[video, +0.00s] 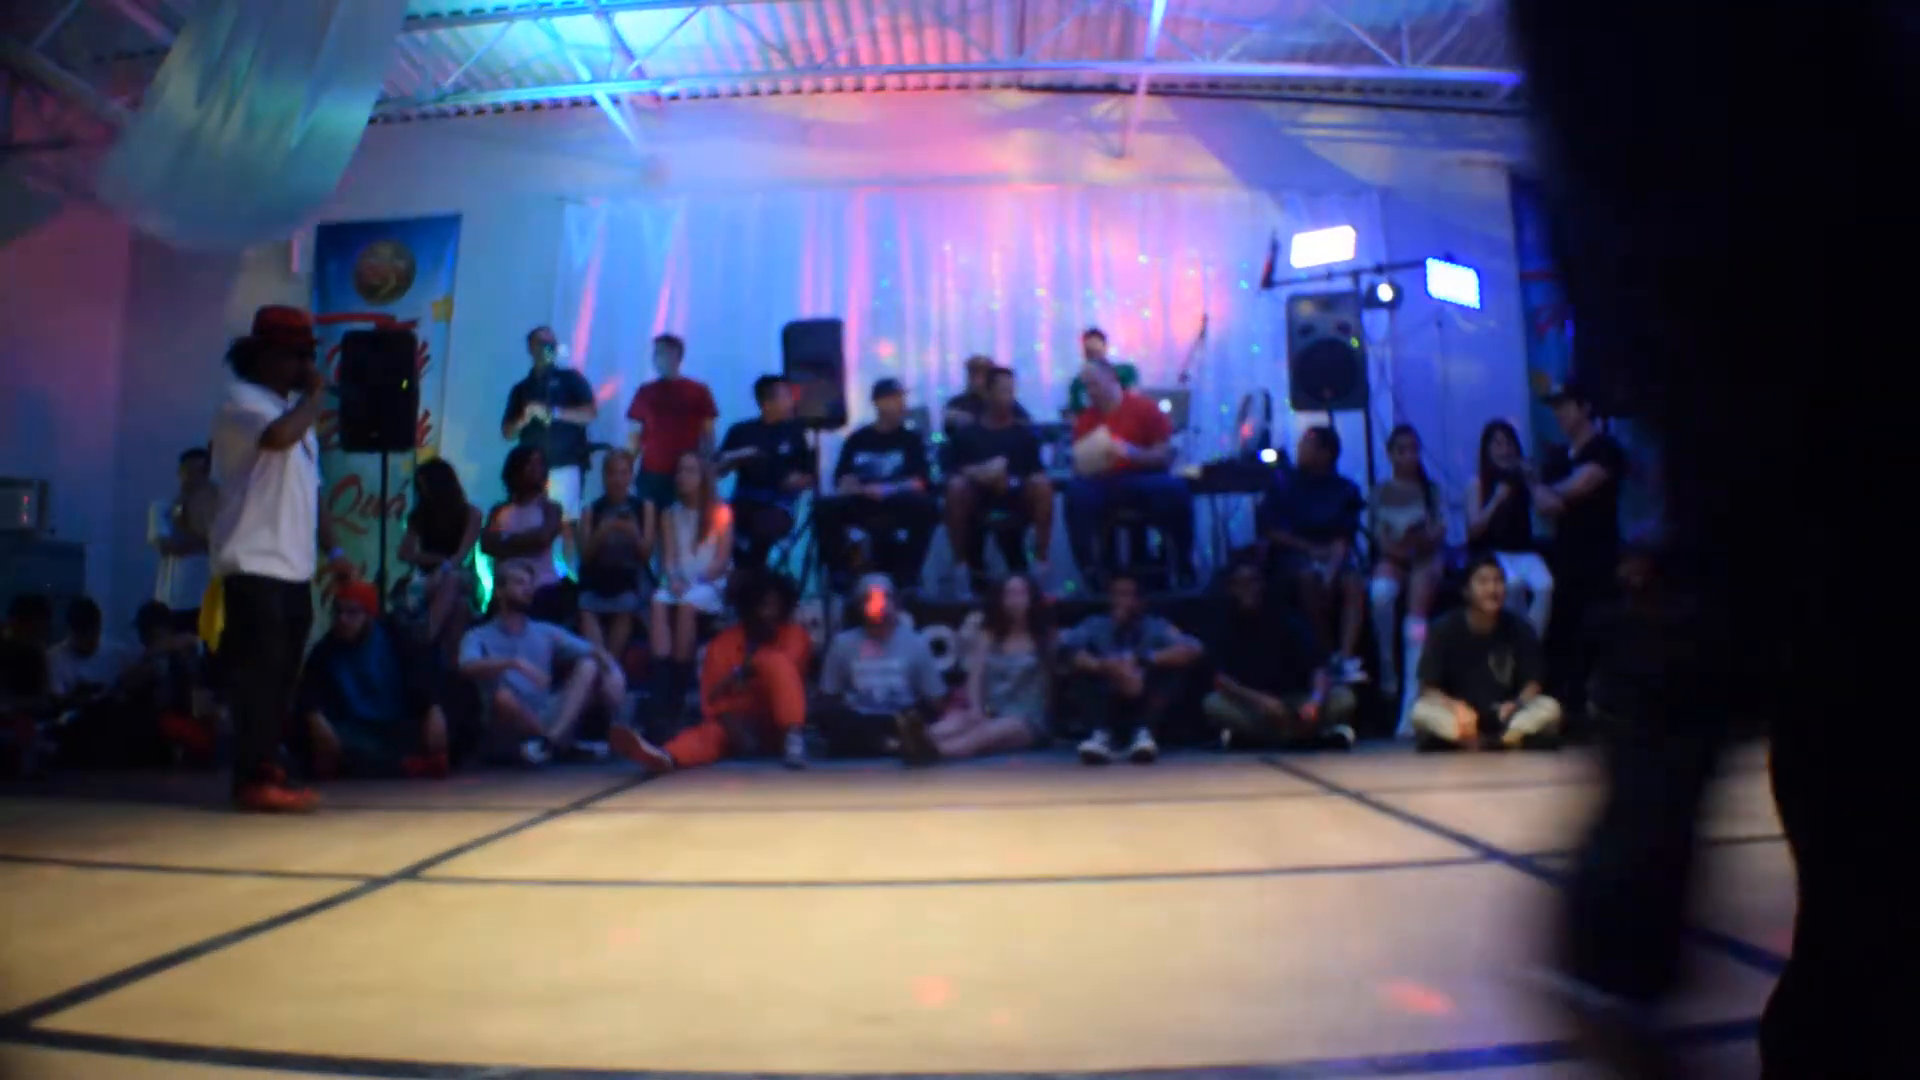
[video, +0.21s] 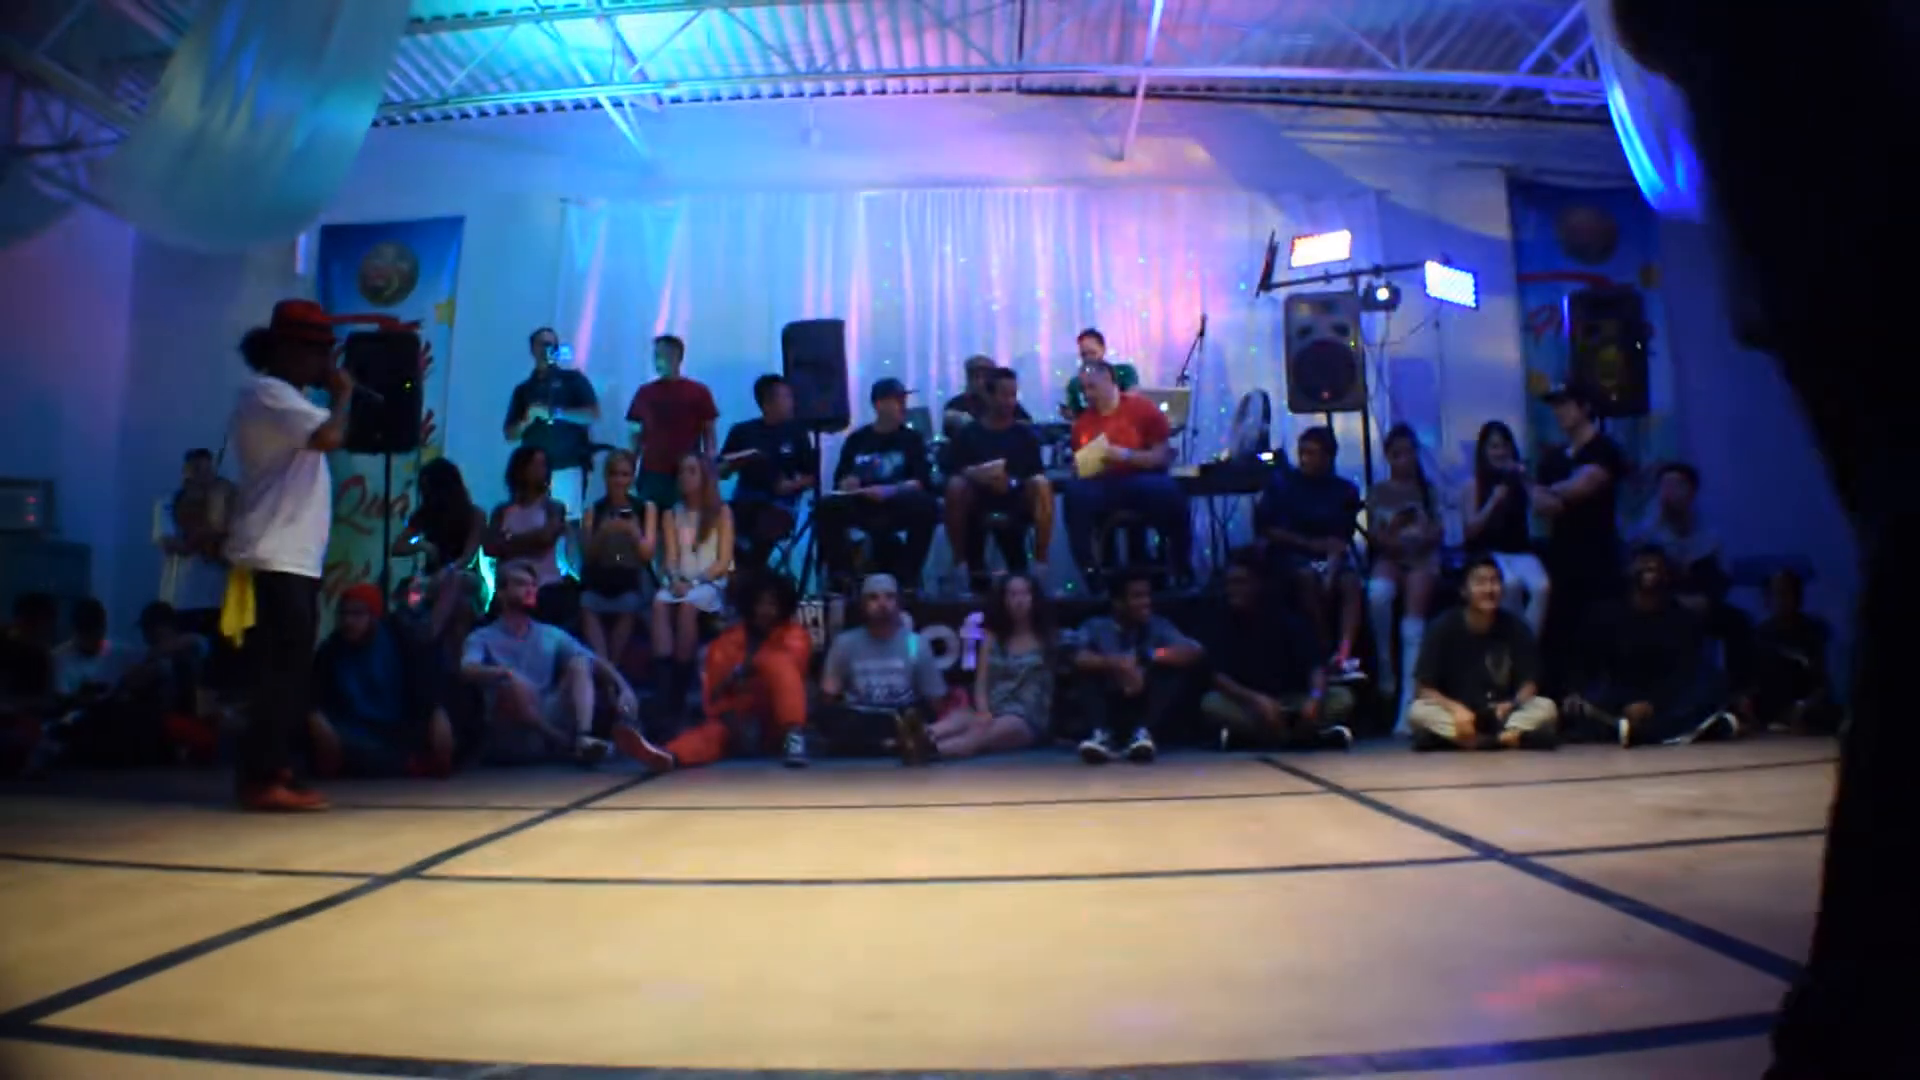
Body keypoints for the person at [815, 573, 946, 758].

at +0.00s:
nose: (877, 605)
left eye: (884, 598)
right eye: (871, 598)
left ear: (893, 603)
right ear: (860, 604)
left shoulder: (914, 644)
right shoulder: (843, 644)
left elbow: (936, 699)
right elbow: (828, 698)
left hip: (902, 718)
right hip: (858, 717)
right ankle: (890, 743)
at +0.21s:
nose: (882, 605)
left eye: (889, 597)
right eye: (874, 598)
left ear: (897, 602)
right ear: (863, 604)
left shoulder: (916, 645)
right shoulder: (844, 644)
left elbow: (936, 701)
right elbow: (828, 695)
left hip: (903, 719)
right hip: (857, 719)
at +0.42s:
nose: (877, 604)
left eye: (886, 598)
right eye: (872, 597)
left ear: (899, 604)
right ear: (865, 602)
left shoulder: (917, 644)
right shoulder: (845, 643)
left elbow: (936, 700)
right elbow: (829, 696)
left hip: (903, 720)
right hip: (857, 719)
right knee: (825, 715)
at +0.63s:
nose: (873, 604)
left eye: (882, 598)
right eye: (870, 597)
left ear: (898, 606)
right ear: (864, 602)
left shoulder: (916, 645)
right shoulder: (845, 644)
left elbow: (935, 701)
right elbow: (830, 698)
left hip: (904, 719)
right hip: (858, 719)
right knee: (825, 716)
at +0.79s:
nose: (872, 604)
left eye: (881, 598)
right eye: (869, 597)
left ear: (897, 607)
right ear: (863, 602)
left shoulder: (916, 645)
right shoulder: (844, 644)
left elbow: (935, 700)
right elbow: (829, 698)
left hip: (903, 719)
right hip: (858, 719)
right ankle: (890, 745)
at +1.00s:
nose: (872, 603)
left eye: (880, 598)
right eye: (869, 597)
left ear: (897, 607)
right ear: (863, 602)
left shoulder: (916, 645)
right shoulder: (844, 643)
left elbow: (934, 700)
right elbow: (829, 697)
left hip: (901, 714)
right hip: (858, 715)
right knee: (822, 716)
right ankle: (888, 745)